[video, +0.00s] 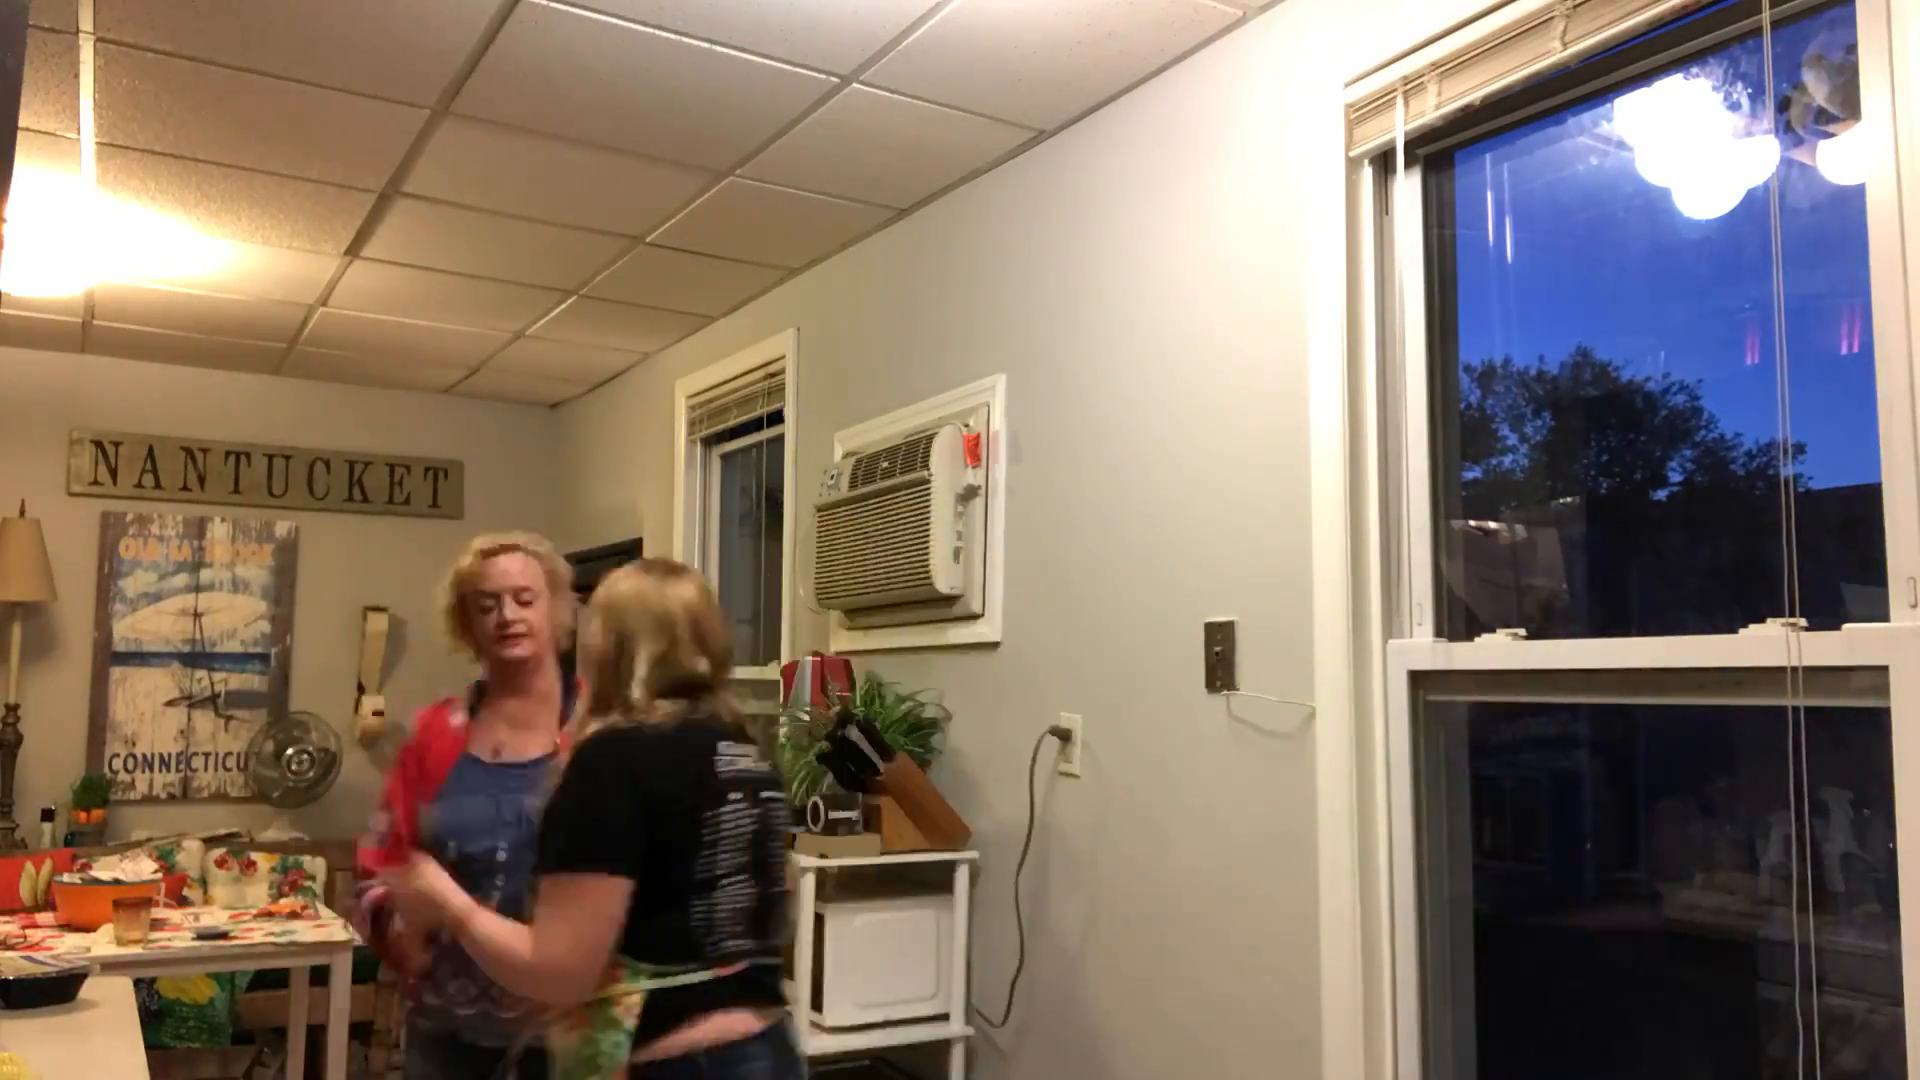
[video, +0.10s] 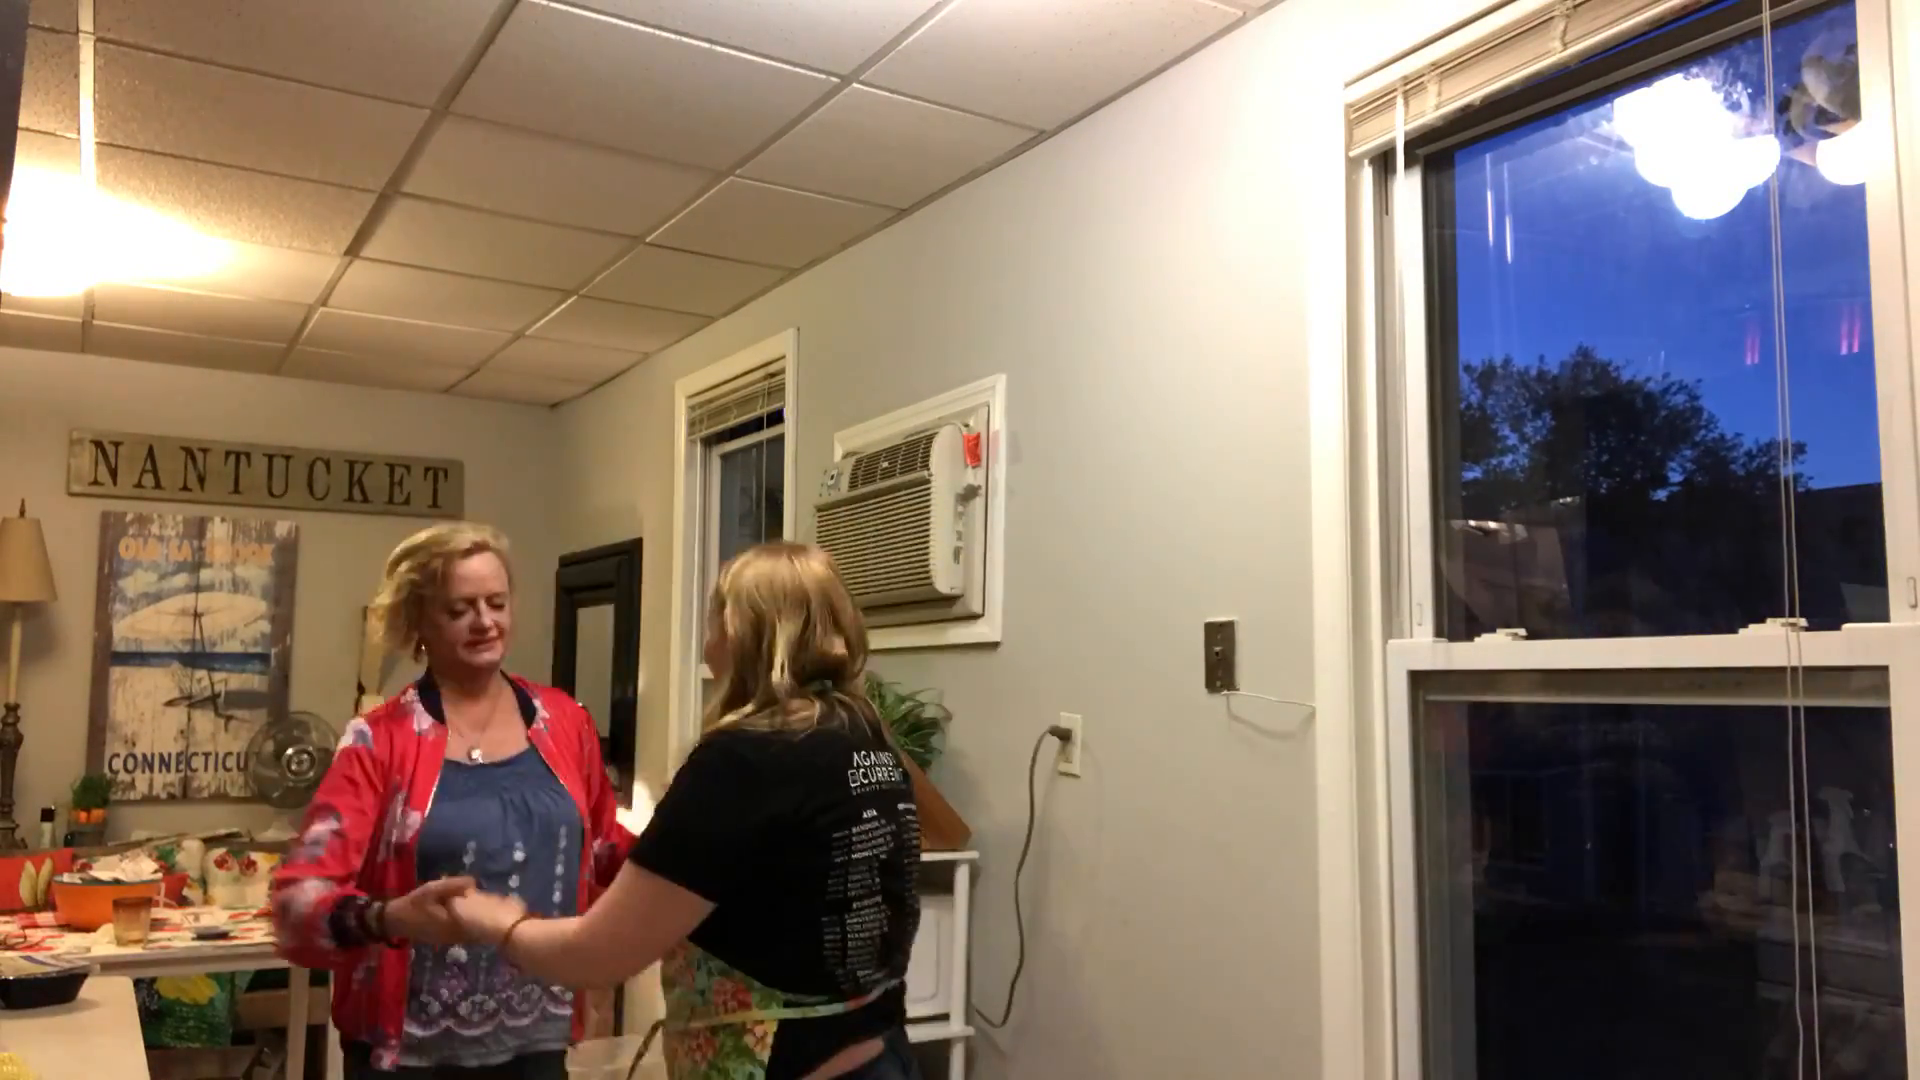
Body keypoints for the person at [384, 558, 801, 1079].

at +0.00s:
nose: (585, 647)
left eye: (592, 630)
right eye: (489, 605)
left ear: (610, 644)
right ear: (708, 639)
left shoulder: (617, 758)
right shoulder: (746, 750)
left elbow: (560, 976)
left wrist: (448, 904)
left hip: (670, 1054)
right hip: (765, 1041)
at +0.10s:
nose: (707, 637)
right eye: (713, 616)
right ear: (825, 630)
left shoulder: (740, 760)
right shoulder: (864, 737)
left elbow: (598, 955)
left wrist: (495, 923)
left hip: (762, 1063)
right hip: (873, 1052)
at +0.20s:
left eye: (713, 631)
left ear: (727, 642)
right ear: (840, 631)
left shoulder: (702, 767)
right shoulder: (913, 737)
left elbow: (543, 911)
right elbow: (1015, 770)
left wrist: (496, 910)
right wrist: (929, 808)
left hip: (795, 1055)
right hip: (928, 1048)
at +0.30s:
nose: (755, 638)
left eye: (763, 620)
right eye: (759, 619)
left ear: (783, 633)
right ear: (878, 632)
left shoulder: (781, 748)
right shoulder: (913, 751)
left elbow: (578, 858)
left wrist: (675, 757)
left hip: (774, 1058)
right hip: (887, 1049)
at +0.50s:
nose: (710, 638)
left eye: (719, 618)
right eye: (715, 617)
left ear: (751, 626)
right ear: (828, 626)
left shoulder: (766, 724)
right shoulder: (863, 737)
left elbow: (552, 789)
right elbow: (948, 833)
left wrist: (547, 713)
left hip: (810, 1063)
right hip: (883, 1053)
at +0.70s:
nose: (718, 589)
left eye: (730, 582)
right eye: (696, 568)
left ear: (732, 607)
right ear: (632, 582)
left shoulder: (730, 719)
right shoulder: (538, 706)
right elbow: (483, 865)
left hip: (644, 1039)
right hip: (510, 1029)